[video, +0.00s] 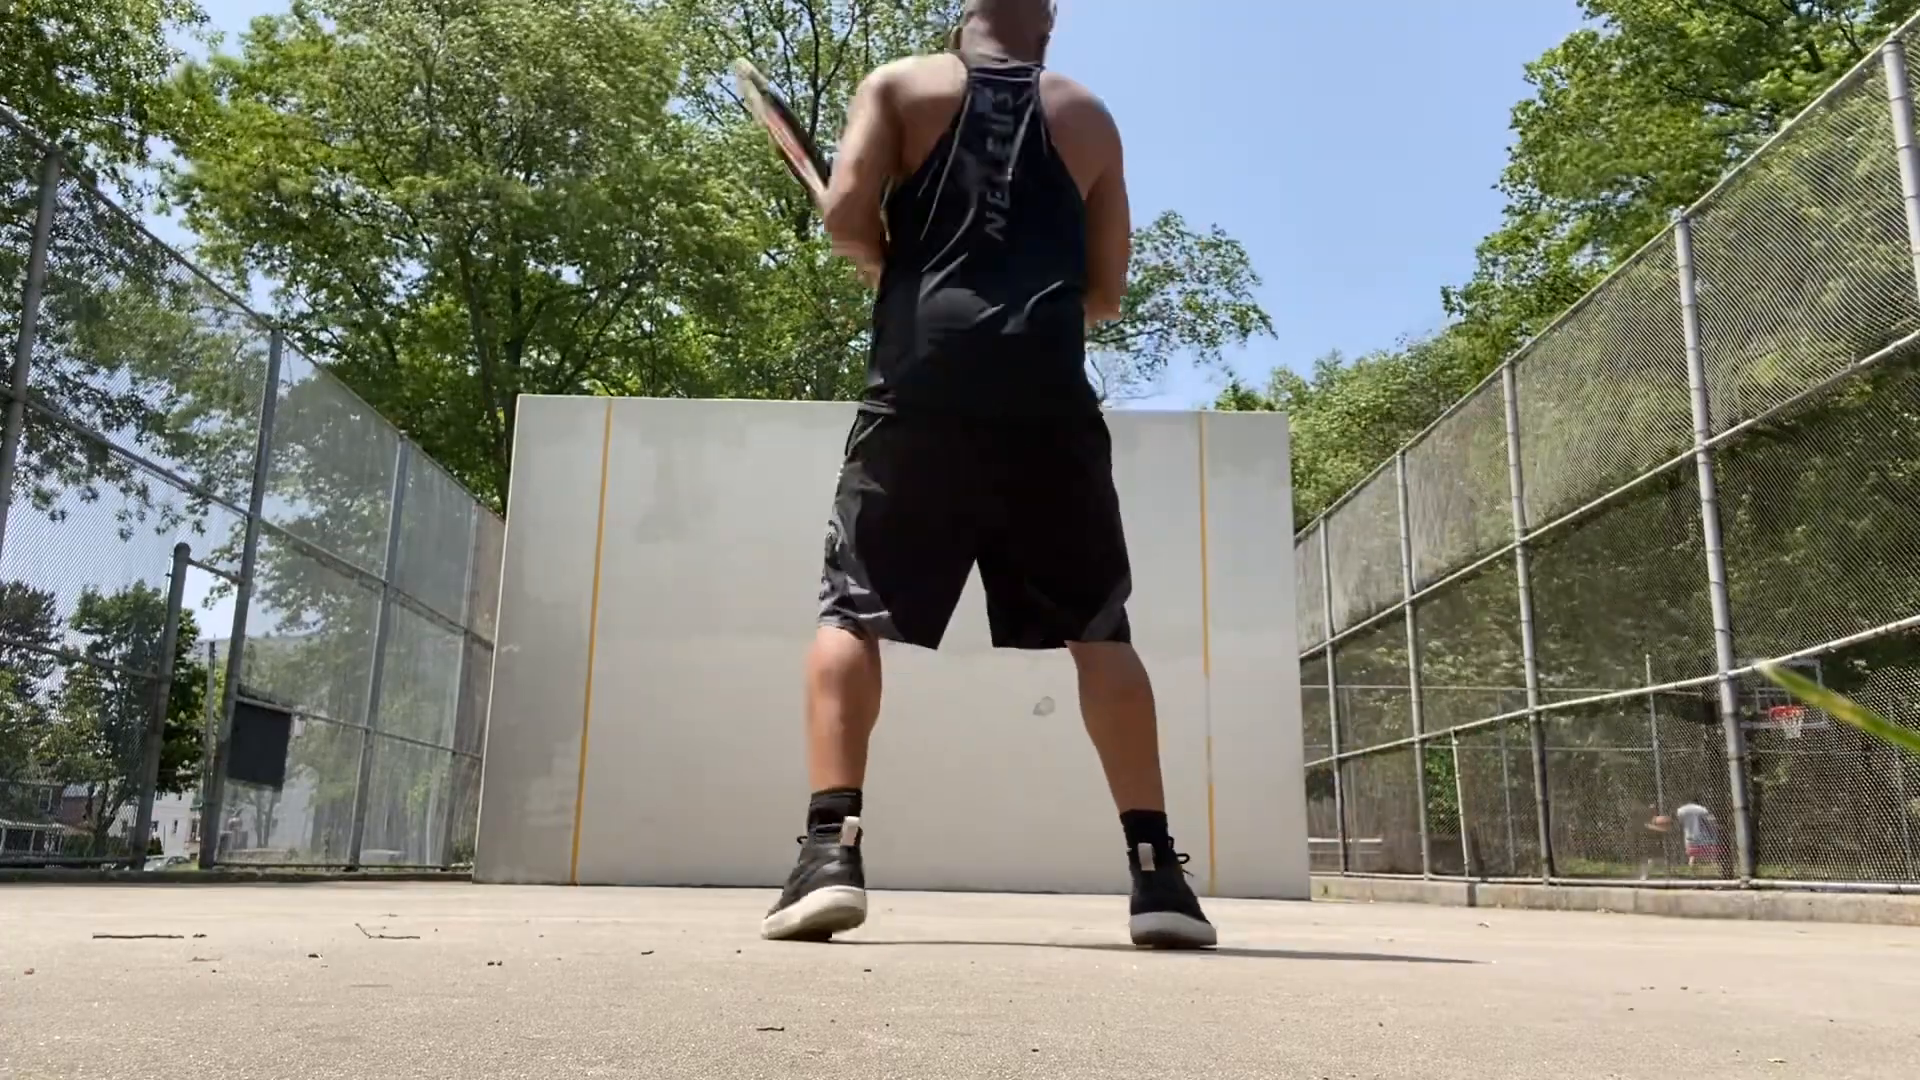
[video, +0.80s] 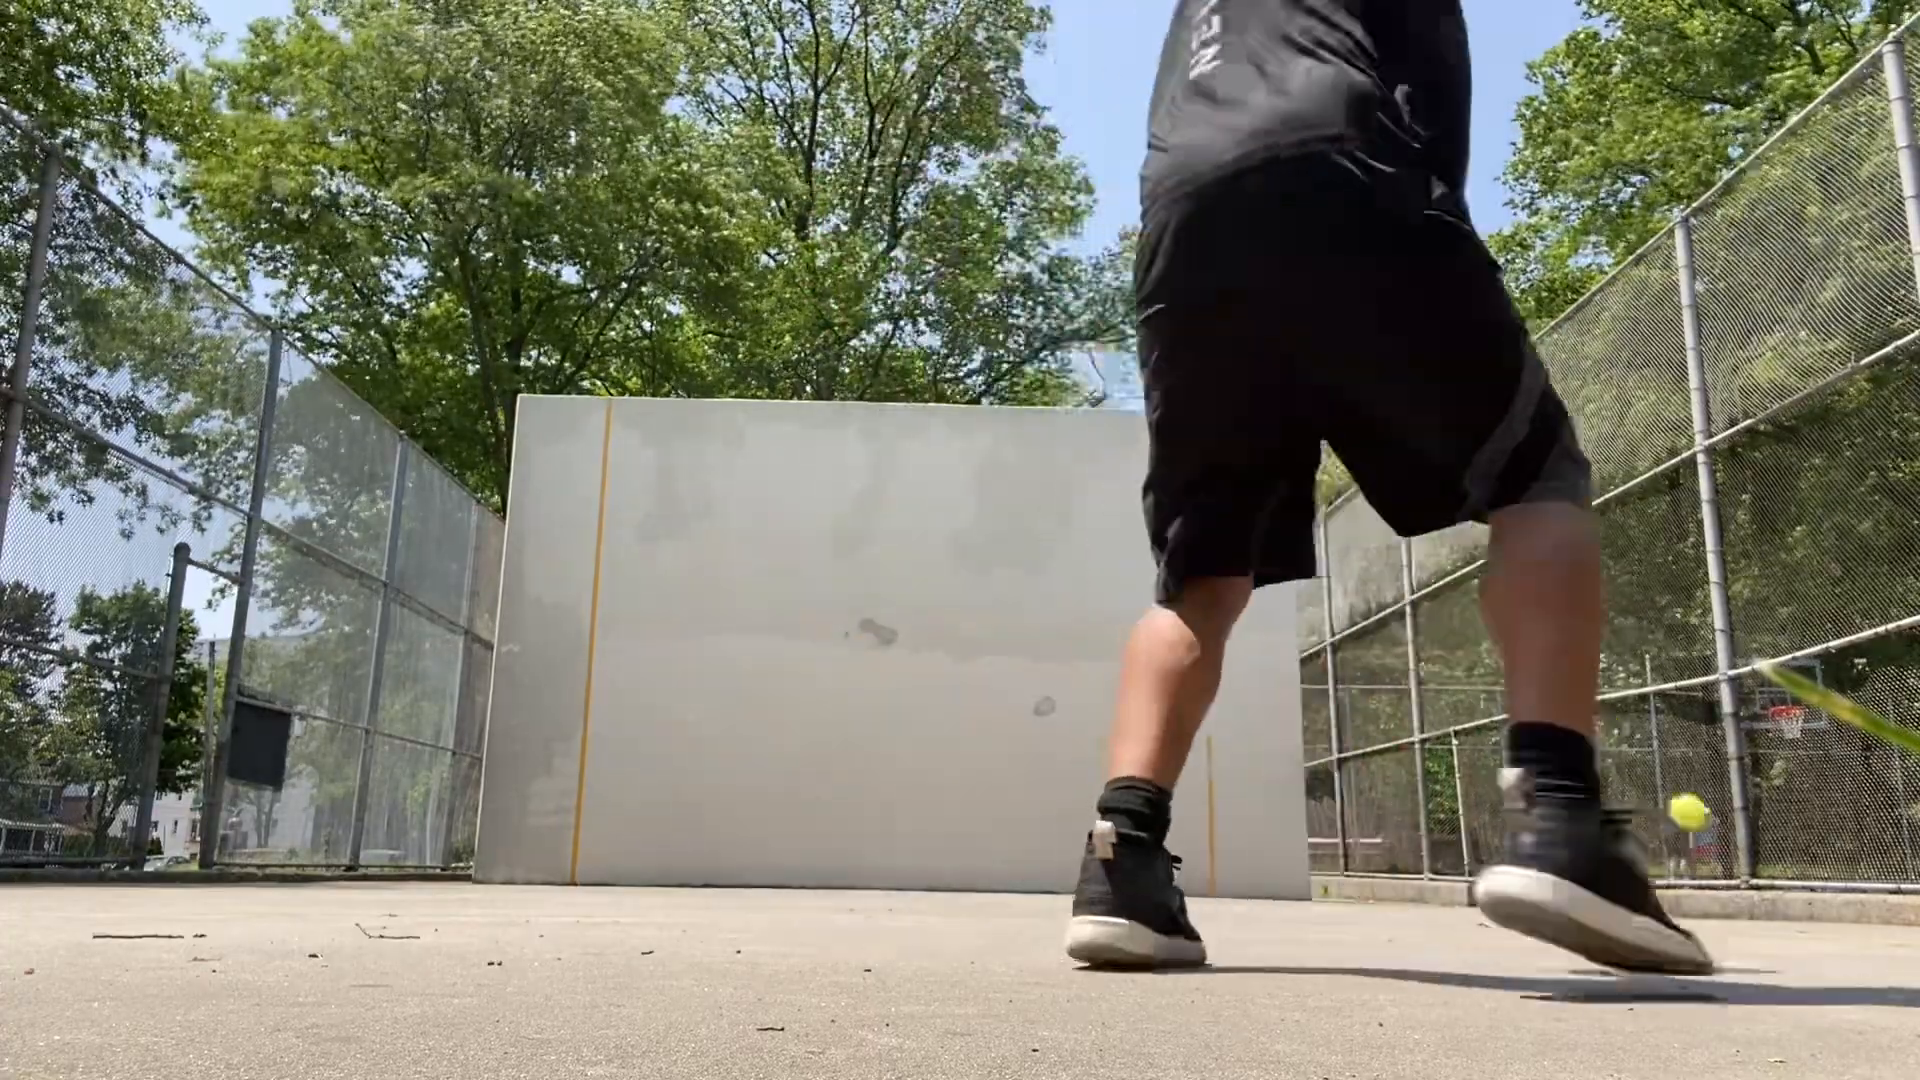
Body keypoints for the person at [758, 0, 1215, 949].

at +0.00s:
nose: (1044, 26)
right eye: (1049, 21)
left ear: (962, 21)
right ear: (1046, 27)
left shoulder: (896, 86)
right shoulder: (1087, 117)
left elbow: (846, 214)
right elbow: (1104, 291)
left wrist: (895, 267)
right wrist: (1021, 302)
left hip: (919, 403)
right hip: (1051, 412)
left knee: (853, 613)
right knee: (1101, 634)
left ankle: (829, 855)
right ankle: (1158, 877)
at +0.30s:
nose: (1061, 83)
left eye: (1047, 74)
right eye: (1060, 75)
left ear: (977, 83)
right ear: (1054, 75)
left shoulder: (901, 161)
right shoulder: (1071, 113)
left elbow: (866, 300)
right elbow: (1090, 226)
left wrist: (905, 381)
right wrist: (1054, 367)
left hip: (879, 387)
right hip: (1009, 377)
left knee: (837, 634)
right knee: (1149, 604)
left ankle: (763, 863)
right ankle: (1183, 872)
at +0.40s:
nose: (1099, 51)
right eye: (1096, 42)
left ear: (1008, 51)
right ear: (1081, 43)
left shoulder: (935, 144)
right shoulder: (1094, 82)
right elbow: (1132, 170)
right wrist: (1113, 328)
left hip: (904, 398)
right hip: (1037, 391)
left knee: (857, 636)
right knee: (1189, 611)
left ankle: (765, 867)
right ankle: (1227, 850)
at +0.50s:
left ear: (1062, 11)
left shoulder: (999, 86)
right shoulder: (1161, 18)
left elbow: (1019, 234)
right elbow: (1241, 80)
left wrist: (1186, 311)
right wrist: (1210, 251)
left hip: (968, 339)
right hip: (1098, 328)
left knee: (902, 613)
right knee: (1234, 594)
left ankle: (781, 857)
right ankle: (1235, 874)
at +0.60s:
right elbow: (1388, 7)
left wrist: (1307, 204)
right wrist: (1353, 147)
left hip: (1033, 278)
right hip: (1172, 269)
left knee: (1004, 576)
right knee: (1274, 564)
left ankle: (908, 845)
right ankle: (1246, 875)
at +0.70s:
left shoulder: (1123, 28)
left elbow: (1235, 172)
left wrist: (1390, 141)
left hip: (1088, 212)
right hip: (1242, 193)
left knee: (1138, 551)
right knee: (1366, 521)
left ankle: (1098, 828)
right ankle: (1294, 846)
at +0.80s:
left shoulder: (1196, 22)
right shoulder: (1409, 7)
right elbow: (1442, 120)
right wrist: (1430, 231)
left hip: (1184, 213)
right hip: (1349, 175)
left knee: (1200, 564)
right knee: (1537, 487)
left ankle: (1121, 856)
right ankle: (1559, 821)